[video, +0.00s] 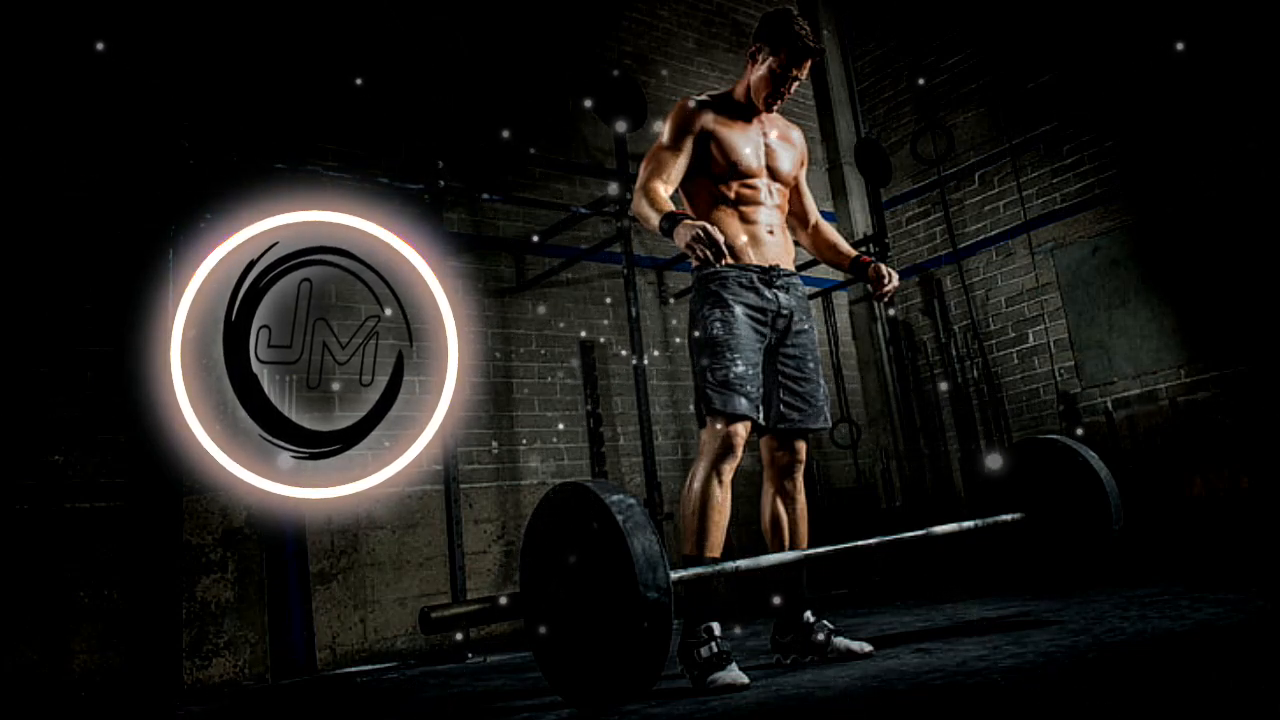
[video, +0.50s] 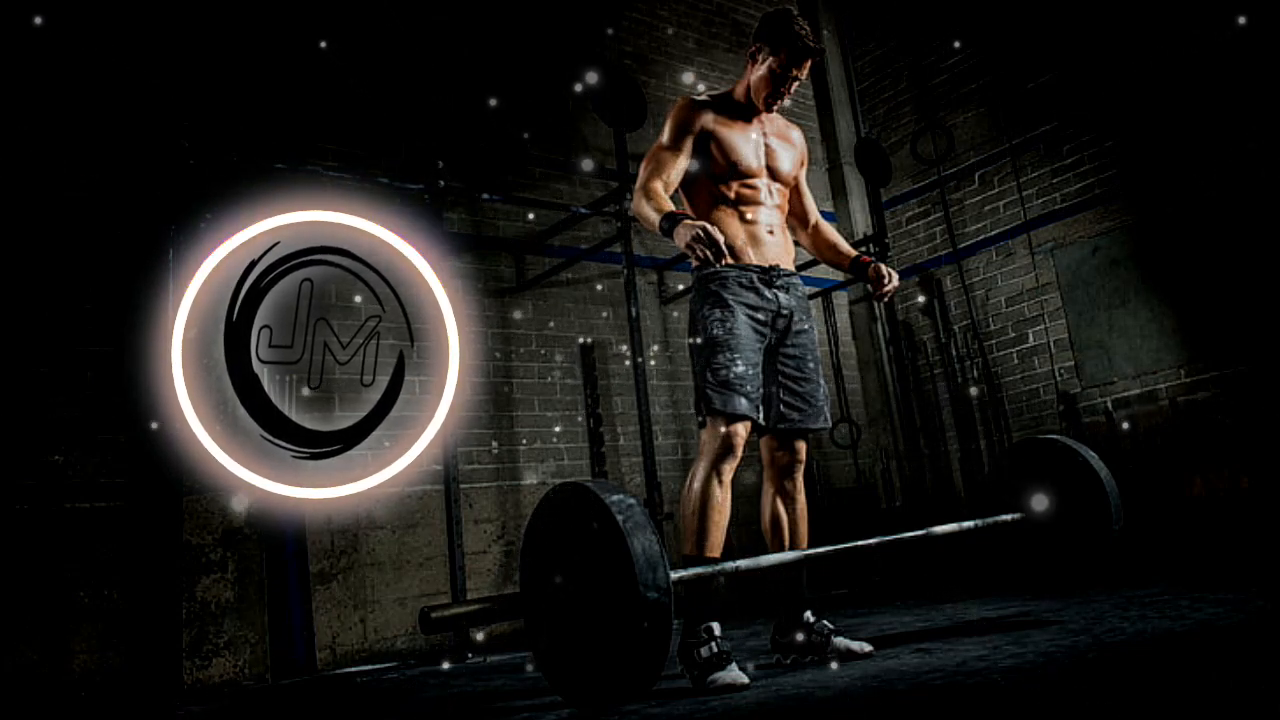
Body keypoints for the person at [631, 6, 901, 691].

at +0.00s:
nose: (788, 90)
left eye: (798, 80)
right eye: (785, 75)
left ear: (800, 77)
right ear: (756, 58)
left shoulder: (792, 136)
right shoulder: (697, 117)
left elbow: (808, 224)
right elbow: (645, 197)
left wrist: (861, 265)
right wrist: (676, 225)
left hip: (790, 297)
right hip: (730, 292)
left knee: (790, 455)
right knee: (729, 437)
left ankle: (796, 623)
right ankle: (698, 634)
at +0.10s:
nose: (787, 91)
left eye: (797, 81)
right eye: (785, 75)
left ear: (800, 77)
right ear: (756, 58)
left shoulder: (792, 136)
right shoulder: (698, 116)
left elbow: (809, 224)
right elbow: (645, 197)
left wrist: (860, 265)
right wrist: (675, 225)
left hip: (790, 297)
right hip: (730, 293)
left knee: (790, 455)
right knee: (729, 437)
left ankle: (795, 623)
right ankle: (699, 633)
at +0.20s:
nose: (787, 92)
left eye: (797, 81)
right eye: (784, 75)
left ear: (800, 77)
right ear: (756, 58)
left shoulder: (792, 136)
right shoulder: (697, 115)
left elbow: (808, 224)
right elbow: (646, 197)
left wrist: (860, 265)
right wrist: (675, 225)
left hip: (790, 297)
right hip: (730, 292)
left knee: (790, 455)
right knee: (729, 437)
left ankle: (796, 623)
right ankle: (699, 633)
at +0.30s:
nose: (788, 93)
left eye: (798, 81)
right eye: (785, 76)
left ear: (801, 77)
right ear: (756, 59)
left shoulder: (792, 136)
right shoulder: (698, 114)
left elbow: (808, 224)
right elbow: (646, 198)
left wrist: (860, 264)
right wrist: (675, 226)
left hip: (790, 297)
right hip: (730, 292)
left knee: (790, 454)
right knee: (729, 437)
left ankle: (797, 623)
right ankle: (699, 633)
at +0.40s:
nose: (789, 91)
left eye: (799, 81)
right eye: (786, 75)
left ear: (801, 77)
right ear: (756, 59)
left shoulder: (792, 136)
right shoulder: (699, 114)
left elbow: (809, 224)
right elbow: (645, 197)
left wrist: (860, 265)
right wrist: (675, 226)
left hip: (790, 297)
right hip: (730, 292)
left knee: (790, 455)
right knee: (729, 438)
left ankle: (798, 623)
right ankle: (699, 634)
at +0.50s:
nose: (789, 91)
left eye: (799, 81)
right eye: (786, 75)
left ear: (801, 77)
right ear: (756, 59)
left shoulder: (792, 136)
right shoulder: (699, 115)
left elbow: (809, 224)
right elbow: (644, 198)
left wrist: (860, 265)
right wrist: (675, 226)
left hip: (790, 297)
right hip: (731, 292)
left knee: (790, 455)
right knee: (729, 437)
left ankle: (798, 624)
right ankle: (699, 634)